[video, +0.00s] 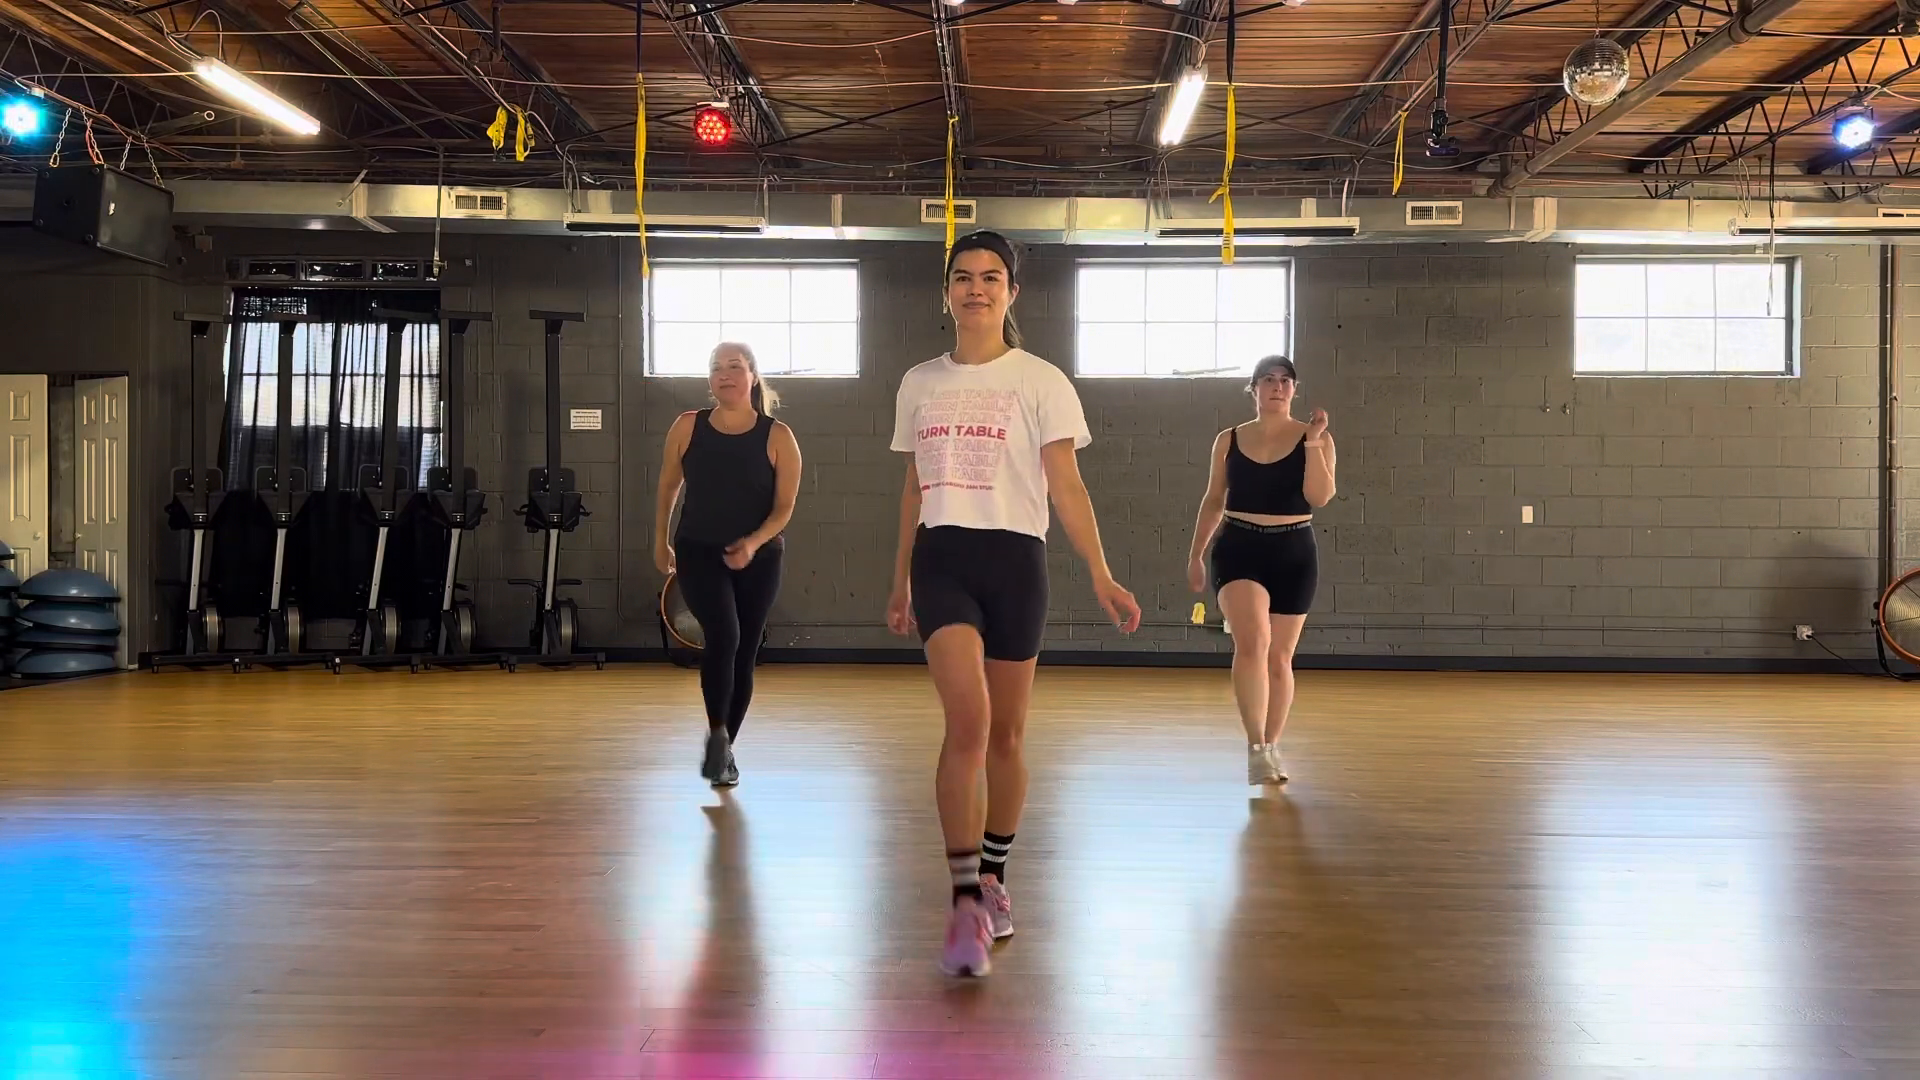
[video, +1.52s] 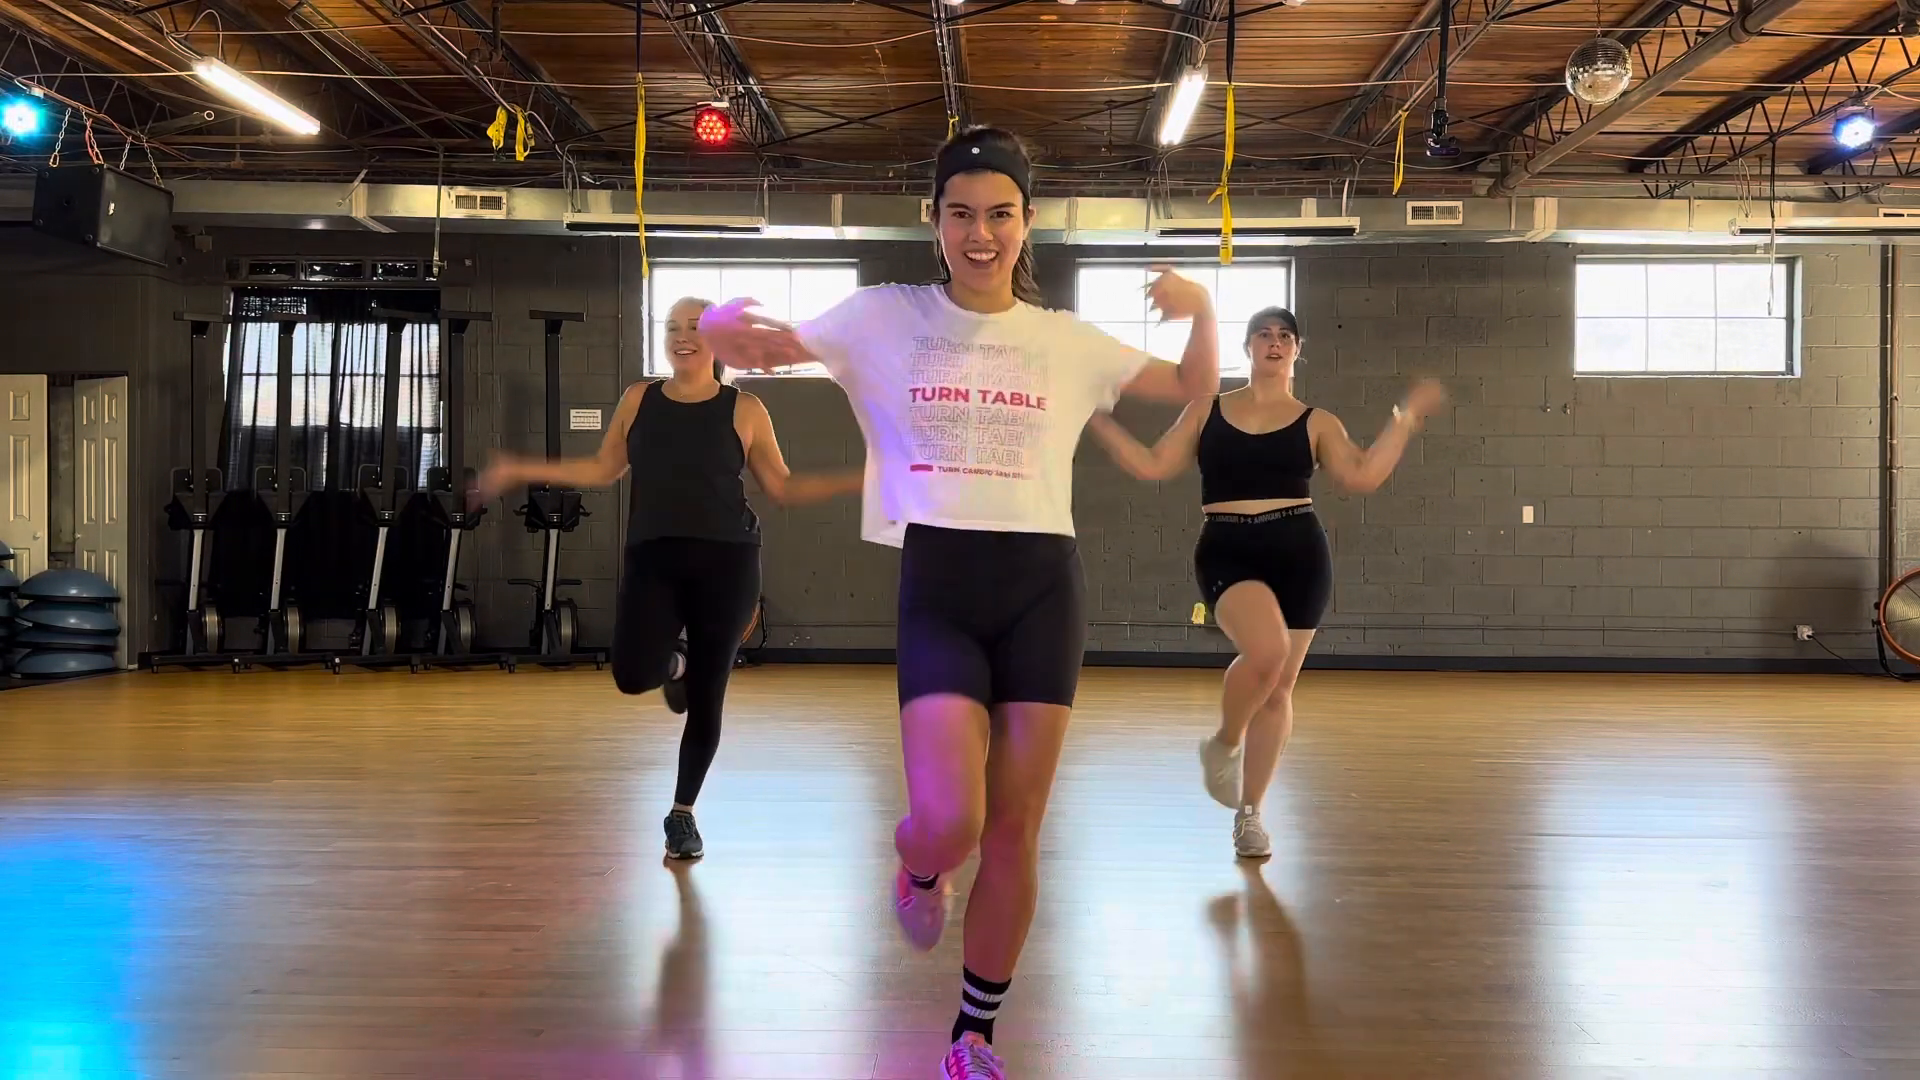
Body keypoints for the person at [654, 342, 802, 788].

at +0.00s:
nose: (726, 374)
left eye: (736, 367)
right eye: (718, 367)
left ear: (754, 377)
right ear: (709, 379)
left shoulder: (778, 436)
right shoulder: (687, 427)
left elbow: (784, 509)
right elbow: (668, 487)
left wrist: (755, 540)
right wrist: (661, 540)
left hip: (759, 553)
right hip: (699, 550)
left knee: (743, 654)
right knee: (723, 635)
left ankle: (725, 751)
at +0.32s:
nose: (717, 371)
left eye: (726, 362)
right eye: (710, 365)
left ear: (747, 373)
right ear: (700, 379)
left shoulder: (778, 424)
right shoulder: (686, 433)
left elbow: (798, 493)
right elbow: (681, 504)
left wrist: (756, 528)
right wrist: (682, 565)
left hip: (762, 561)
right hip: (701, 561)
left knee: (748, 672)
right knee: (724, 667)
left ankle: (727, 748)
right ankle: (744, 778)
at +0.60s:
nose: (710, 364)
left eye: (719, 356)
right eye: (701, 359)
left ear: (738, 365)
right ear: (692, 372)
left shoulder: (774, 417)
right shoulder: (679, 429)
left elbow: (803, 494)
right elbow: (675, 503)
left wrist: (811, 561)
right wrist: (678, 569)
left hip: (762, 559)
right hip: (698, 561)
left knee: (755, 662)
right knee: (721, 673)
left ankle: (761, 678)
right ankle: (746, 779)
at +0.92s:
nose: (702, 354)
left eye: (712, 346)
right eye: (694, 348)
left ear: (732, 360)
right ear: (683, 364)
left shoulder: (768, 414)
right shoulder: (666, 426)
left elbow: (795, 486)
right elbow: (667, 502)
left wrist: (793, 549)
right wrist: (674, 569)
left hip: (757, 558)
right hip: (692, 560)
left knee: (724, 652)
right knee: (719, 663)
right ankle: (746, 777)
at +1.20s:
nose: (691, 345)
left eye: (702, 337)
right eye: (683, 338)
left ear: (724, 351)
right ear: (673, 354)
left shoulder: (756, 410)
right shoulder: (650, 416)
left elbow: (780, 491)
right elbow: (644, 496)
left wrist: (780, 563)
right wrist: (650, 564)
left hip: (738, 565)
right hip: (669, 566)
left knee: (711, 684)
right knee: (694, 681)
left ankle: (683, 808)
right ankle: (733, 763)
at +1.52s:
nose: (683, 338)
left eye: (694, 330)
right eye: (675, 329)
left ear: (718, 342)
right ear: (664, 340)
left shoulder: (745, 409)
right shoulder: (639, 398)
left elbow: (784, 488)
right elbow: (603, 467)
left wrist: (861, 478)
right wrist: (520, 469)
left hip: (726, 562)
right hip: (652, 559)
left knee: (706, 690)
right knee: (633, 677)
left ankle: (682, 811)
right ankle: (679, 662)